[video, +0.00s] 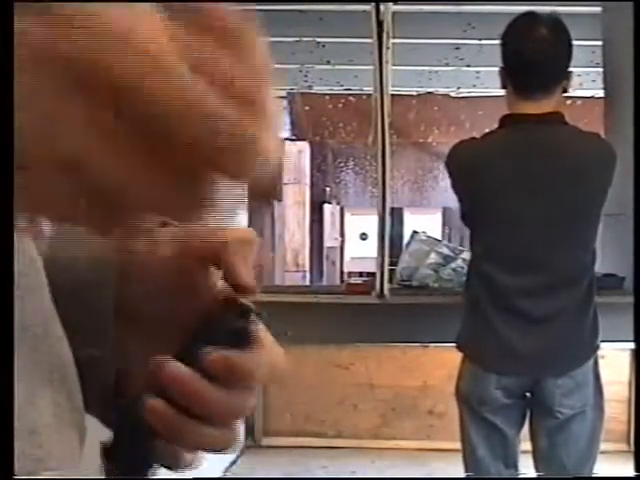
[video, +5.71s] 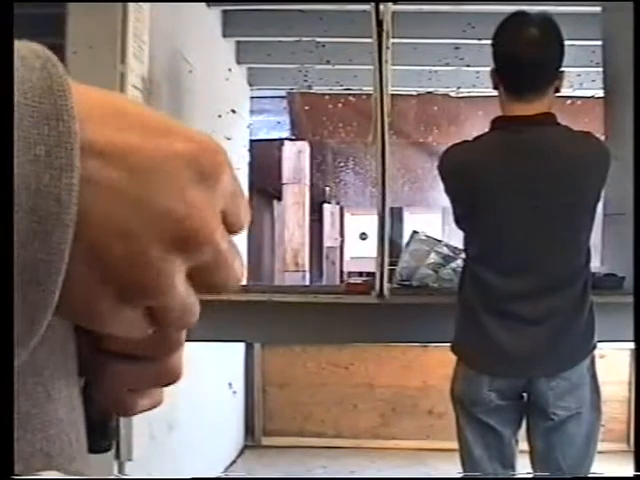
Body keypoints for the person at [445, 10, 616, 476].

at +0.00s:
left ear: (502, 77)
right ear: (567, 81)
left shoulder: (466, 159)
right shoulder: (598, 156)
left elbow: (478, 219)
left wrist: (526, 126)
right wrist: (548, 119)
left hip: (491, 356)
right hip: (568, 358)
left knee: (489, 472)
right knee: (568, 472)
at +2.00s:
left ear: (500, 81)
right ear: (565, 82)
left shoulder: (465, 162)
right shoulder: (597, 156)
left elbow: (484, 221)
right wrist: (547, 118)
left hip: (491, 359)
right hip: (570, 360)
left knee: (490, 472)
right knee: (569, 472)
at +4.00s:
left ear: (497, 79)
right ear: (562, 80)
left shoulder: (462, 161)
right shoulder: (594, 155)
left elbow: (478, 222)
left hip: (488, 359)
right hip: (567, 360)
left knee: (488, 472)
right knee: (567, 472)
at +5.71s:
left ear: (495, 80)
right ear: (560, 81)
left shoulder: (458, 162)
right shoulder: (591, 155)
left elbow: (474, 224)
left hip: (484, 361)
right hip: (565, 362)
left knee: (486, 472)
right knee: (565, 472)